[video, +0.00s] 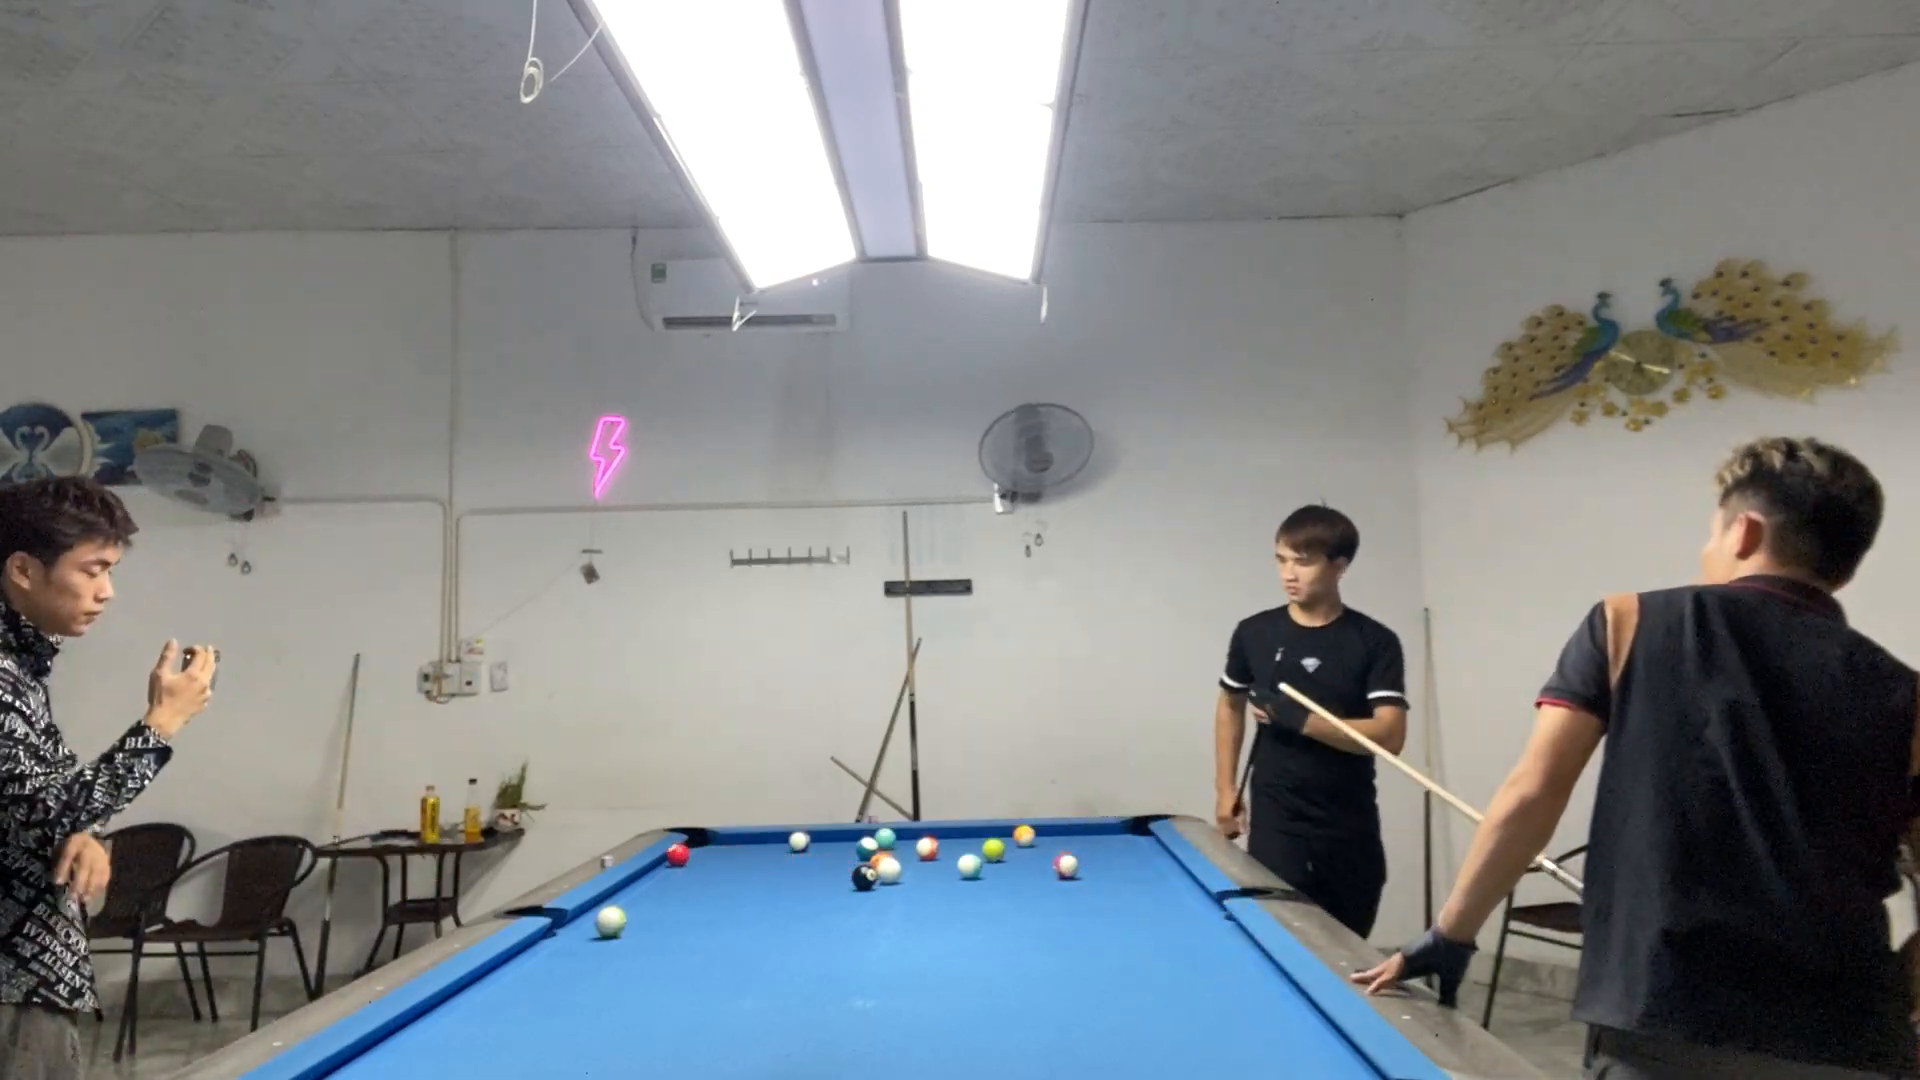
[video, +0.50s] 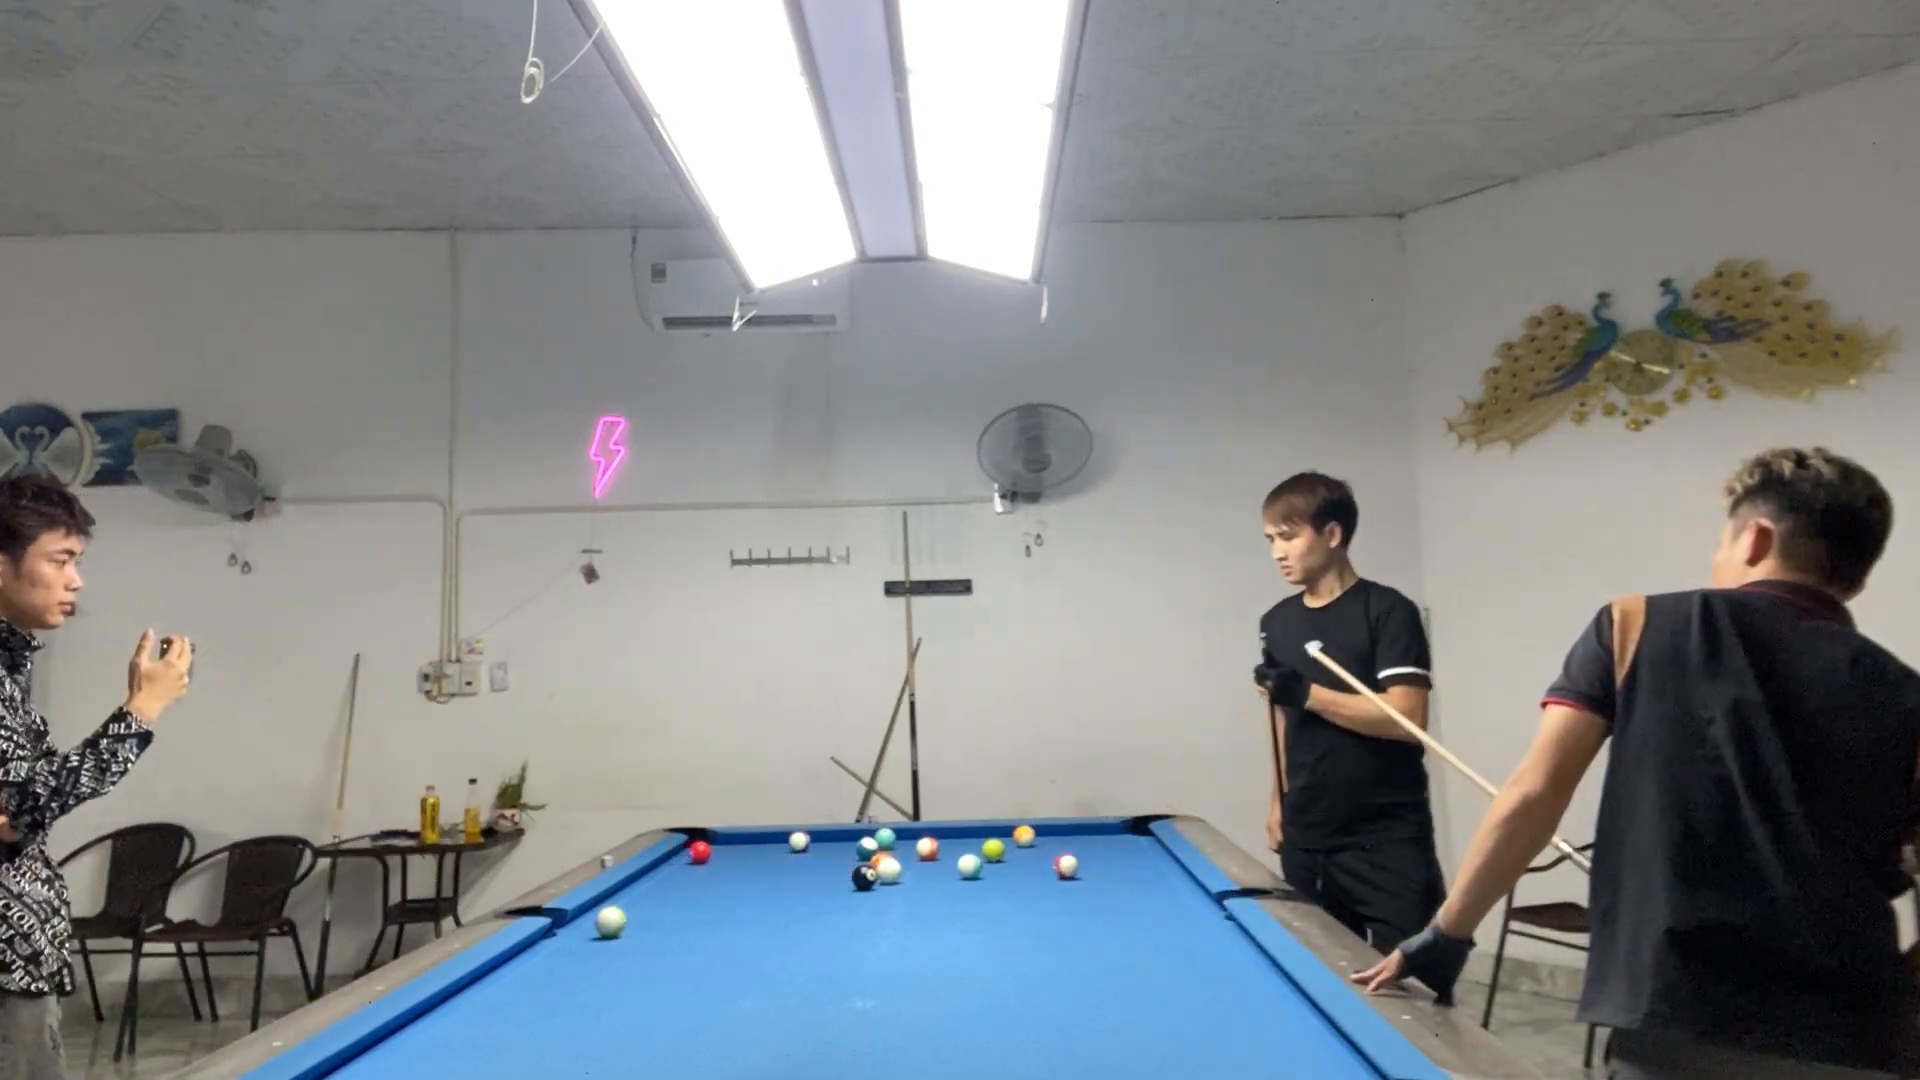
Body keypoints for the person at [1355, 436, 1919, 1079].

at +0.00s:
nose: (1705, 551)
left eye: (1715, 527)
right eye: (1711, 528)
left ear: (1746, 531)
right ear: (1846, 565)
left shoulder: (1630, 625)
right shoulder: (1899, 691)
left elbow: (1532, 796)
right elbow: (1899, 870)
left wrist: (1449, 936)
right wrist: (1891, 987)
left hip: (1651, 1026)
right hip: (1835, 1037)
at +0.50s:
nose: (1718, 562)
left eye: (1726, 537)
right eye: (1724, 539)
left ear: (1756, 537)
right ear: (1856, 576)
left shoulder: (1636, 626)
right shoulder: (1904, 695)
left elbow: (1534, 795)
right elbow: (1902, 872)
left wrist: (1446, 934)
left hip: (1662, 1027)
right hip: (1850, 1038)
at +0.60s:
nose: (1721, 565)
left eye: (1729, 540)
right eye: (1727, 542)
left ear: (1760, 540)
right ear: (1858, 579)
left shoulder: (1638, 627)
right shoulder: (1905, 694)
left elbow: (1535, 796)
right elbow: (1901, 874)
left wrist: (1446, 933)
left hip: (1667, 1029)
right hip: (1856, 1040)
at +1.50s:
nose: (1737, 550)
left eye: (1745, 524)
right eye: (1743, 525)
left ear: (1781, 530)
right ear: (1874, 563)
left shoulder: (1654, 623)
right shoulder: (1909, 681)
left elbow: (1541, 794)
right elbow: (1909, 885)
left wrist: (1445, 928)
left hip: (1670, 1029)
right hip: (1861, 1041)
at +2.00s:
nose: (1659, 514)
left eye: (1665, 490)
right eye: (1658, 491)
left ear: (1724, 501)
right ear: (1815, 505)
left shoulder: (1638, 632)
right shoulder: (1901, 653)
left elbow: (1542, 831)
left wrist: (1464, 944)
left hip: (1696, 1050)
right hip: (1879, 1046)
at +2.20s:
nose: (1608, 533)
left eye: (1611, 504)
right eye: (1605, 507)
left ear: (1678, 506)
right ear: (1769, 502)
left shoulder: (1620, 646)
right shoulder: (1898, 656)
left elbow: (1566, 887)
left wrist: (1503, 1017)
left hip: (1703, 1055)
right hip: (1884, 1049)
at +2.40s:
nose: (1563, 570)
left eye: (1571, 535)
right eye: (1556, 542)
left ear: (1660, 505)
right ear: (1666, 506)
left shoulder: (1642, 650)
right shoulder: (1883, 642)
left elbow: (1650, 913)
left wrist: (1568, 1058)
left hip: (1730, 1057)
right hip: (1893, 1053)